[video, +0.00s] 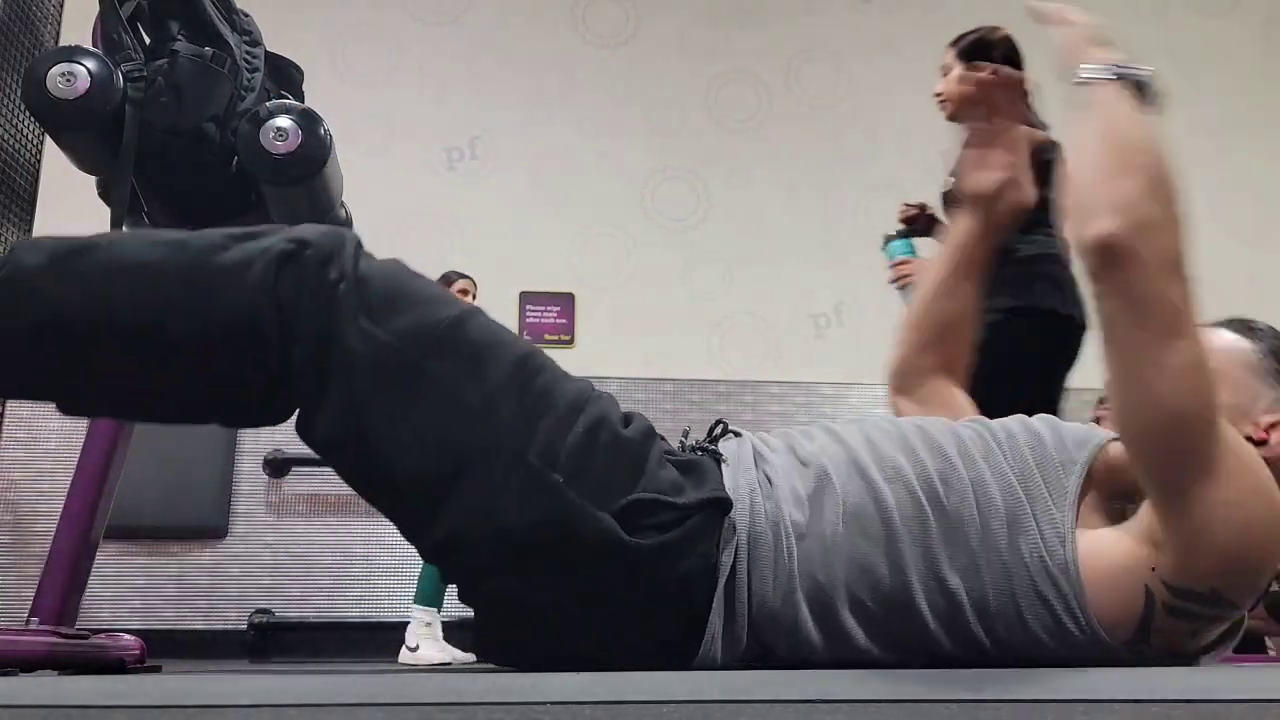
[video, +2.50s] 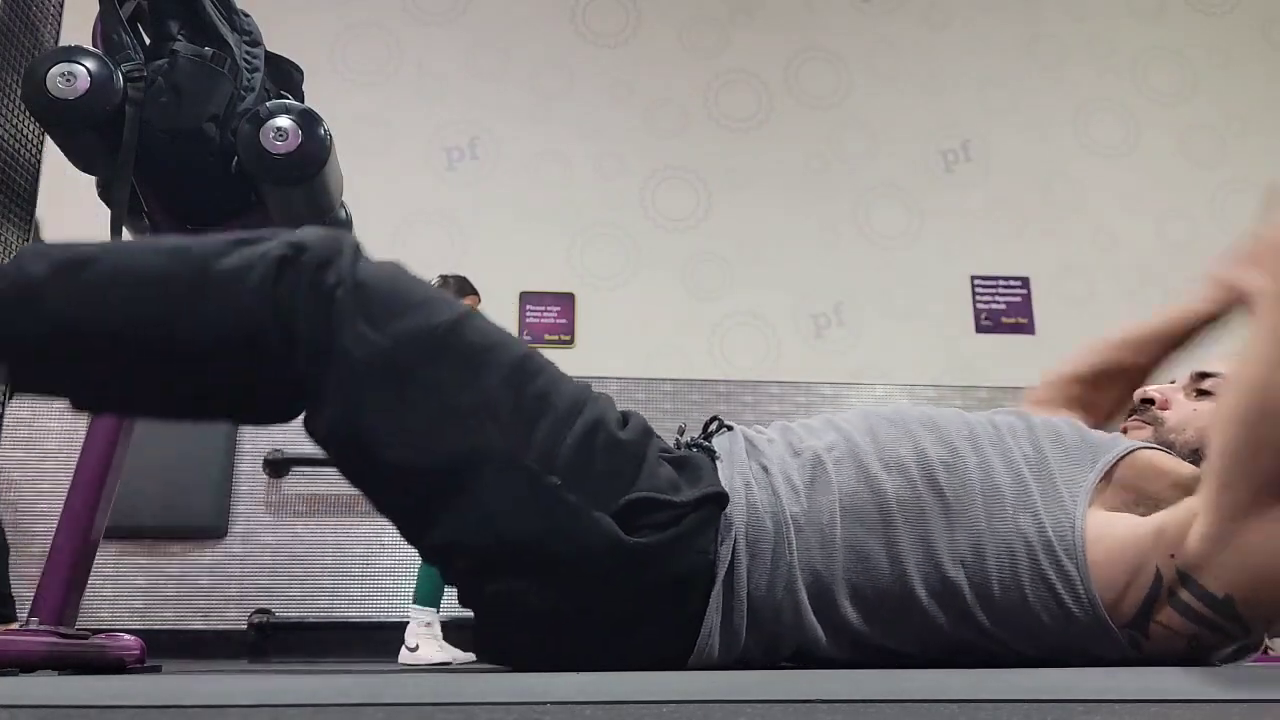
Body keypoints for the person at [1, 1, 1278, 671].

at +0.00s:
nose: (1201, 352)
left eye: (1236, 355)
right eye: (1224, 340)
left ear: (1259, 425)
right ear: (1215, 396)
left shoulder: (1207, 535)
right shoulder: (1083, 481)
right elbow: (926, 395)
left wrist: (1108, 82)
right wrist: (982, 221)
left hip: (670, 569)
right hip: (672, 511)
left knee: (323, 292)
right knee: (345, 295)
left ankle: (3, 310)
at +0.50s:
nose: (809, 191)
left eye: (830, 164)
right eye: (815, 170)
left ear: (912, 155)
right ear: (913, 161)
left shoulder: (1000, 263)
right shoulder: (848, 328)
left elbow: (700, 191)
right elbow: (625, 290)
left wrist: (460, 106)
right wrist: (453, 146)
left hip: (685, 568)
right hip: (644, 554)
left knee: (436, 202)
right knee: (437, 193)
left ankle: (65, 186)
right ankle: (82, 177)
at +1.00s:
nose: (848, 193)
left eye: (871, 169)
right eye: (856, 173)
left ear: (949, 178)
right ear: (939, 194)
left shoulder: (1037, 298)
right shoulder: (874, 351)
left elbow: (764, 171)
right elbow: (675, 294)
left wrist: (571, 39)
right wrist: (537, 147)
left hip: (671, 570)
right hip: (643, 555)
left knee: (479, 174)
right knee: (472, 190)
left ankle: (84, 153)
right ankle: (103, 159)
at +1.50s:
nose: (1179, 364)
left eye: (1217, 368)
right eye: (1183, 347)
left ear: (1249, 427)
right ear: (1144, 370)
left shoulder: (1193, 547)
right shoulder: (1082, 457)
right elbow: (1108, 373)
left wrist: (1239, 363)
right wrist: (1155, 375)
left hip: (694, 558)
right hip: (676, 497)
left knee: (308, 324)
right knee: (310, 320)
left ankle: (12, 340)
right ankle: (19, 336)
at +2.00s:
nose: (1193, 397)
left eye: (1224, 406)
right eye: (1204, 388)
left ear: (1253, 467)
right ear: (1177, 421)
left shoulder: (1209, 546)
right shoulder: (1115, 477)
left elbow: (1279, 607)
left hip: (673, 540)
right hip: (664, 474)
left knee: (223, 470)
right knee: (248, 451)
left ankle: (19, 527)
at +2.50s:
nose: (1182, 395)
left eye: (1214, 390)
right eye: (1188, 378)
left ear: (1244, 449)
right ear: (1171, 411)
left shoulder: (1190, 568)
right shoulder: (1091, 463)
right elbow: (1075, 384)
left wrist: (1244, 310)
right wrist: (1222, 294)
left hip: (671, 552)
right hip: (657, 484)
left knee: (324, 289)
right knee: (322, 296)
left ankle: (3, 303)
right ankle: (12, 311)